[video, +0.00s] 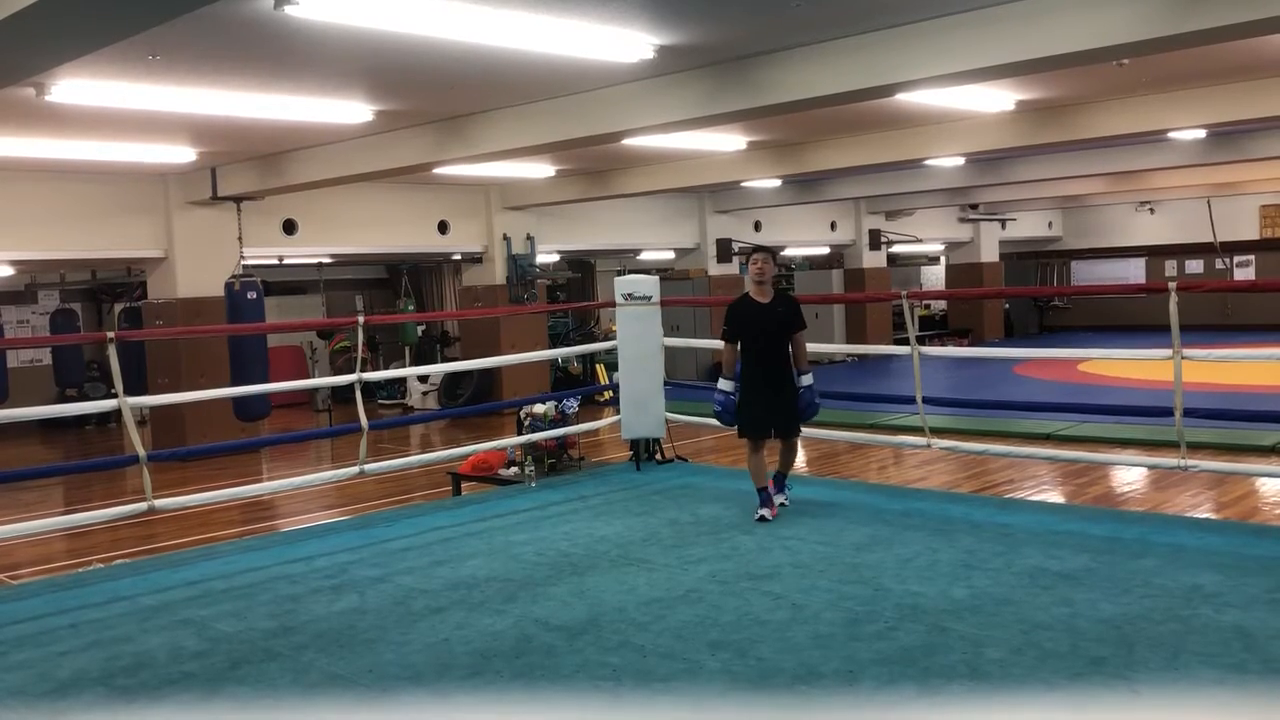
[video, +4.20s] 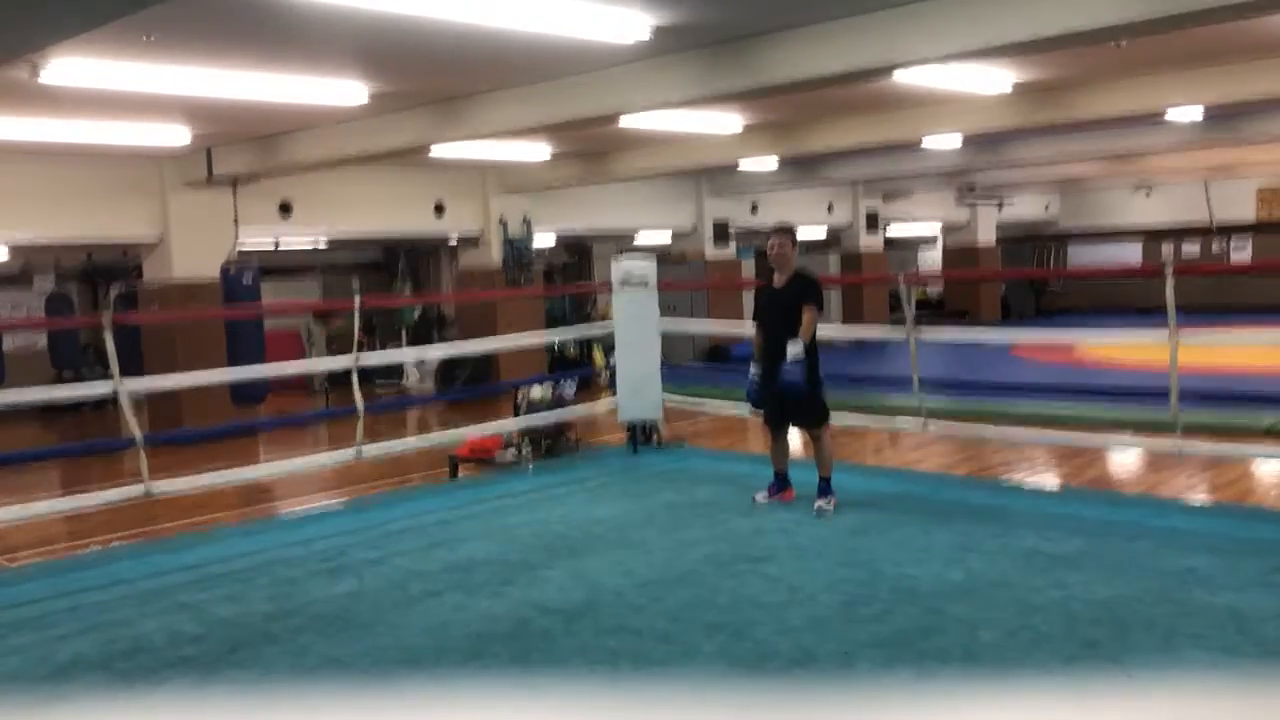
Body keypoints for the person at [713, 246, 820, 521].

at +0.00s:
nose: (759, 266)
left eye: (765, 263)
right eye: (754, 263)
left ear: (775, 270)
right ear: (747, 270)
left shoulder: (788, 304)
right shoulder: (737, 308)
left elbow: (799, 345)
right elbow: (729, 350)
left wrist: (806, 383)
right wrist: (725, 389)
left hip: (784, 383)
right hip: (751, 386)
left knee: (790, 439)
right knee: (755, 443)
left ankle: (779, 483)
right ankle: (765, 501)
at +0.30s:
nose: (754, 266)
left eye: (760, 261)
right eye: (750, 262)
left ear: (772, 267)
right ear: (745, 268)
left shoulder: (789, 301)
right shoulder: (737, 308)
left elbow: (804, 342)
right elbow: (734, 350)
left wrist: (815, 381)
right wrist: (733, 387)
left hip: (788, 382)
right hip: (754, 387)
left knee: (809, 440)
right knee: (757, 446)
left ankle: (814, 493)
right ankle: (765, 501)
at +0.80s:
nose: (791, 261)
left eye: (797, 256)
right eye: (787, 256)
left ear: (812, 262)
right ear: (783, 262)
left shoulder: (826, 301)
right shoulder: (772, 299)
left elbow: (839, 343)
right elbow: (760, 343)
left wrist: (845, 385)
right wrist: (751, 382)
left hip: (815, 386)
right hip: (779, 386)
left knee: (823, 446)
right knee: (769, 442)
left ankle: (829, 503)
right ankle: (766, 498)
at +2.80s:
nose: (773, 251)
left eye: (779, 246)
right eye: (769, 246)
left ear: (792, 250)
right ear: (764, 251)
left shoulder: (807, 287)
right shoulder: (759, 290)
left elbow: (818, 331)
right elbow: (752, 335)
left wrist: (818, 373)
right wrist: (747, 376)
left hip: (801, 374)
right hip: (769, 374)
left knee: (812, 433)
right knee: (772, 431)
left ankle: (821, 491)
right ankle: (777, 486)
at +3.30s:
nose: (777, 250)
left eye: (783, 245)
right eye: (772, 245)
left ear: (795, 249)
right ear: (767, 251)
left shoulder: (810, 284)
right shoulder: (761, 290)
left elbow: (820, 318)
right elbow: (754, 333)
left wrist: (810, 351)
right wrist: (750, 375)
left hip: (801, 367)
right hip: (770, 369)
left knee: (816, 431)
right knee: (775, 430)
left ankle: (825, 490)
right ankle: (781, 485)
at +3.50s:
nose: (778, 250)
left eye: (785, 245)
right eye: (774, 245)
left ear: (797, 250)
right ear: (769, 251)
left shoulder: (810, 281)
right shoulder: (762, 289)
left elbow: (812, 303)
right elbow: (755, 333)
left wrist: (795, 310)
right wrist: (750, 375)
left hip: (804, 370)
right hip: (773, 371)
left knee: (816, 431)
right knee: (776, 429)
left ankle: (826, 491)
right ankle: (781, 485)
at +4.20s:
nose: (775, 251)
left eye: (782, 246)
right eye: (772, 246)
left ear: (794, 249)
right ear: (766, 251)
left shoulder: (807, 283)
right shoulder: (763, 290)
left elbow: (810, 318)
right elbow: (759, 331)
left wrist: (799, 349)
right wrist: (756, 367)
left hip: (802, 365)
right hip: (771, 365)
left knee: (815, 427)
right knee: (775, 427)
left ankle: (825, 488)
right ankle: (781, 483)